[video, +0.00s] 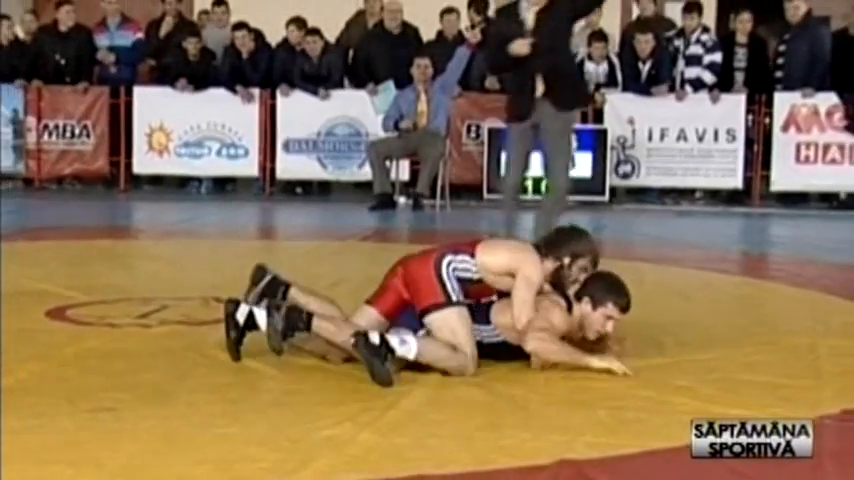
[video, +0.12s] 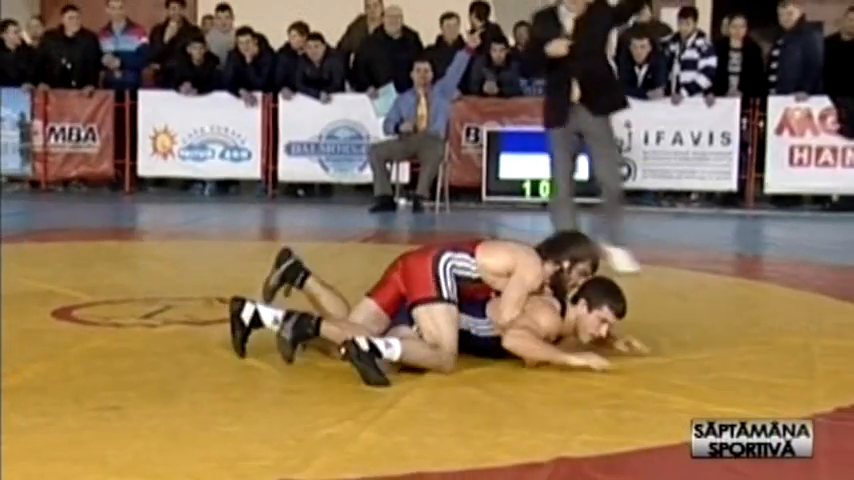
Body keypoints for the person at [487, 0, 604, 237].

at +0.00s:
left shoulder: (563, 8)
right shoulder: (503, 16)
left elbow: (593, 2)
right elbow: (493, 63)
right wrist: (509, 51)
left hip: (558, 100)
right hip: (521, 101)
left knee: (558, 180)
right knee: (513, 177)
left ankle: (544, 237)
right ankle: (507, 235)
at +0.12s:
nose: (579, 4)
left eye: (582, 2)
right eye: (575, 1)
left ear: (588, 1)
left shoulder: (602, 14)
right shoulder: (544, 20)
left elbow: (633, 6)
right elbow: (529, 62)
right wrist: (545, 50)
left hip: (595, 108)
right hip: (560, 108)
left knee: (610, 180)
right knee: (562, 184)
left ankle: (612, 242)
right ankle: (567, 246)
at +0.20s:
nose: (600, 12)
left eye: (606, 7)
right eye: (595, 6)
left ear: (615, 10)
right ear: (585, 8)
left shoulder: (624, 32)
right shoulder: (569, 37)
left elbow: (656, 26)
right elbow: (548, 80)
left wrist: (666, 2)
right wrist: (569, 65)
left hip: (621, 126)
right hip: (585, 127)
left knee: (648, 192)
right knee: (582, 197)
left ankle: (667, 251)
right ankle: (578, 258)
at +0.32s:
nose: (636, 23)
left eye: (642, 17)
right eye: (630, 17)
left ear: (653, 20)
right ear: (623, 21)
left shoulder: (664, 46)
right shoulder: (611, 56)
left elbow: (696, 37)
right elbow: (592, 102)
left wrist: (704, 13)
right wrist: (609, 83)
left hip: (664, 143)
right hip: (627, 144)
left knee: (694, 206)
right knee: (600, 206)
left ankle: (718, 267)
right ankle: (573, 264)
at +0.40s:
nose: (661, 22)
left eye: (668, 15)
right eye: (655, 16)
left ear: (680, 18)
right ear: (648, 21)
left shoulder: (696, 43)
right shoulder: (641, 51)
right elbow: (625, 99)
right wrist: (636, 83)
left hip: (697, 141)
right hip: (660, 140)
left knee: (714, 206)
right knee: (628, 205)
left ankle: (717, 268)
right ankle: (583, 257)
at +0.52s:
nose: (694, 13)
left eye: (700, 6)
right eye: (689, 7)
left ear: (713, 7)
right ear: (685, 10)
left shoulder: (732, 28)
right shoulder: (677, 38)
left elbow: (764, 9)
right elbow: (663, 86)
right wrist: (674, 73)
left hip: (730, 125)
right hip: (693, 124)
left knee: (732, 202)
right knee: (681, 199)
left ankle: (725, 264)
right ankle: (680, 264)